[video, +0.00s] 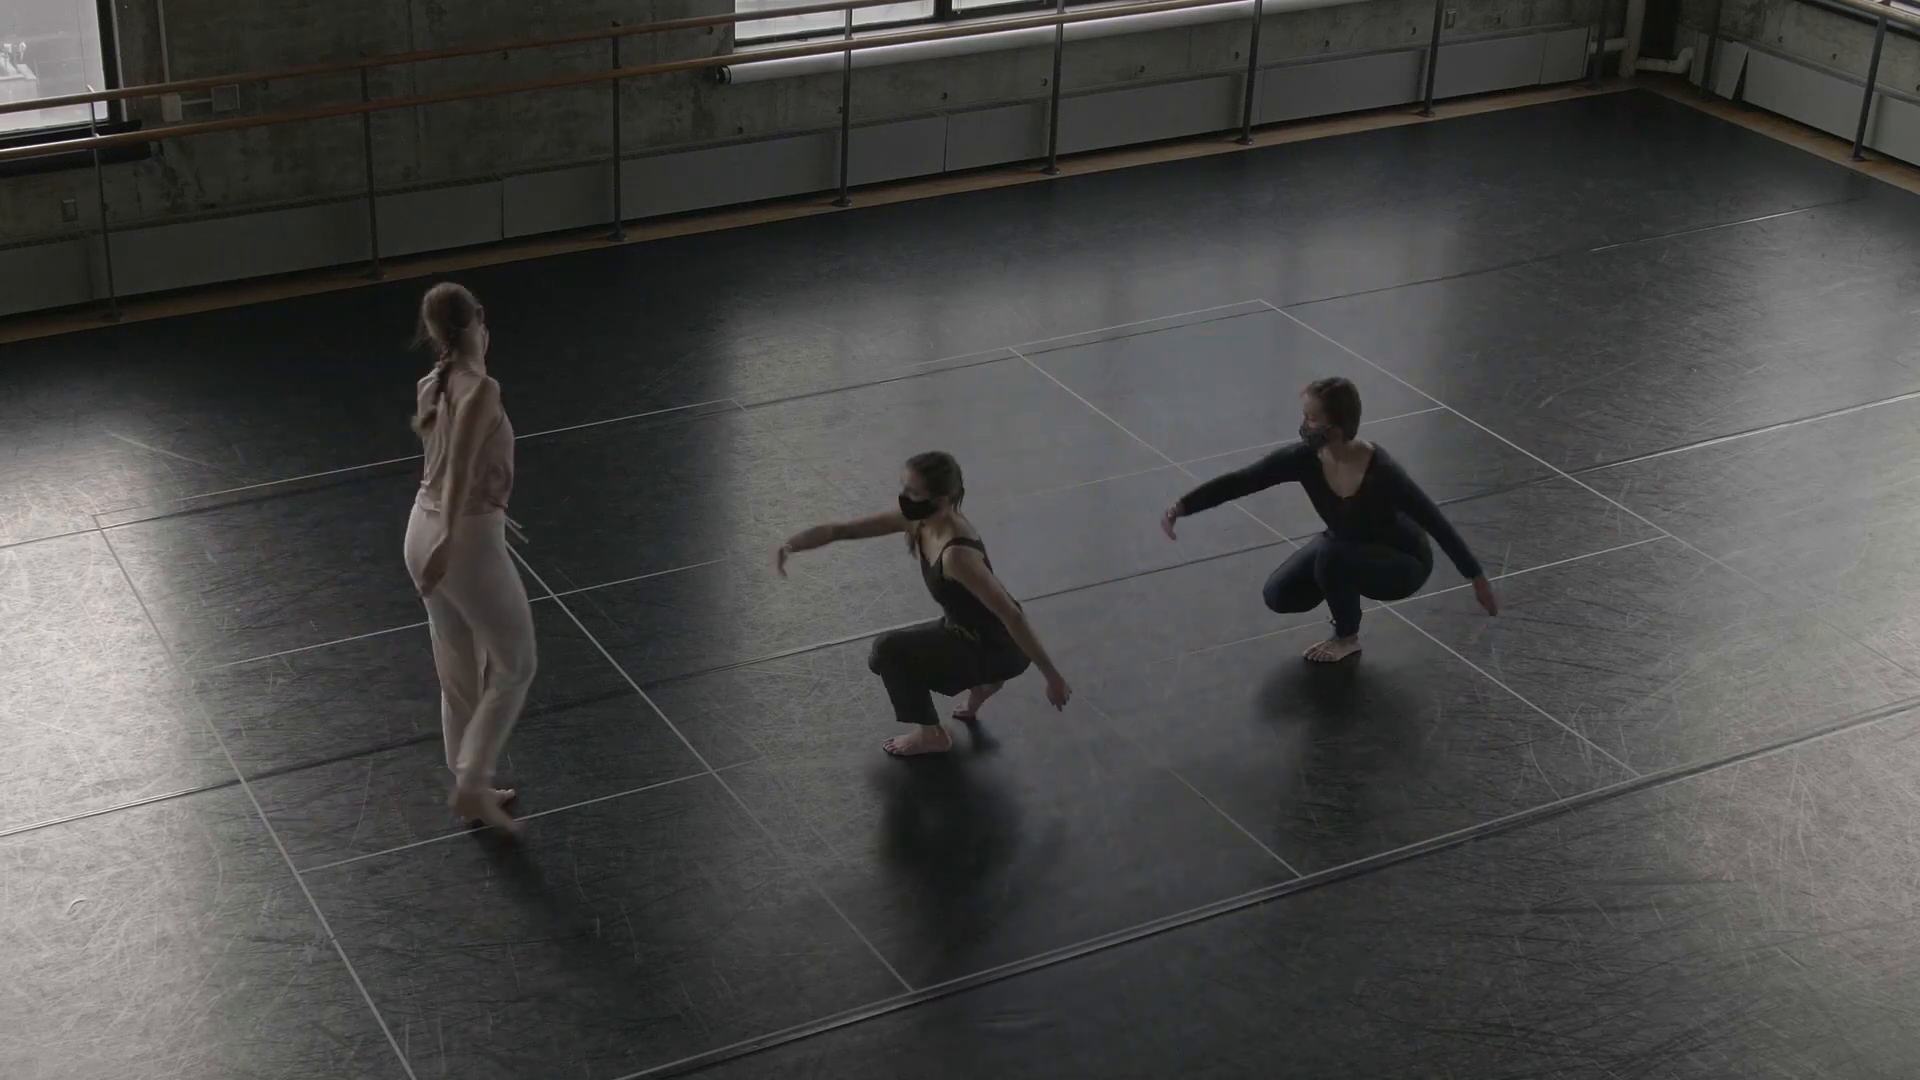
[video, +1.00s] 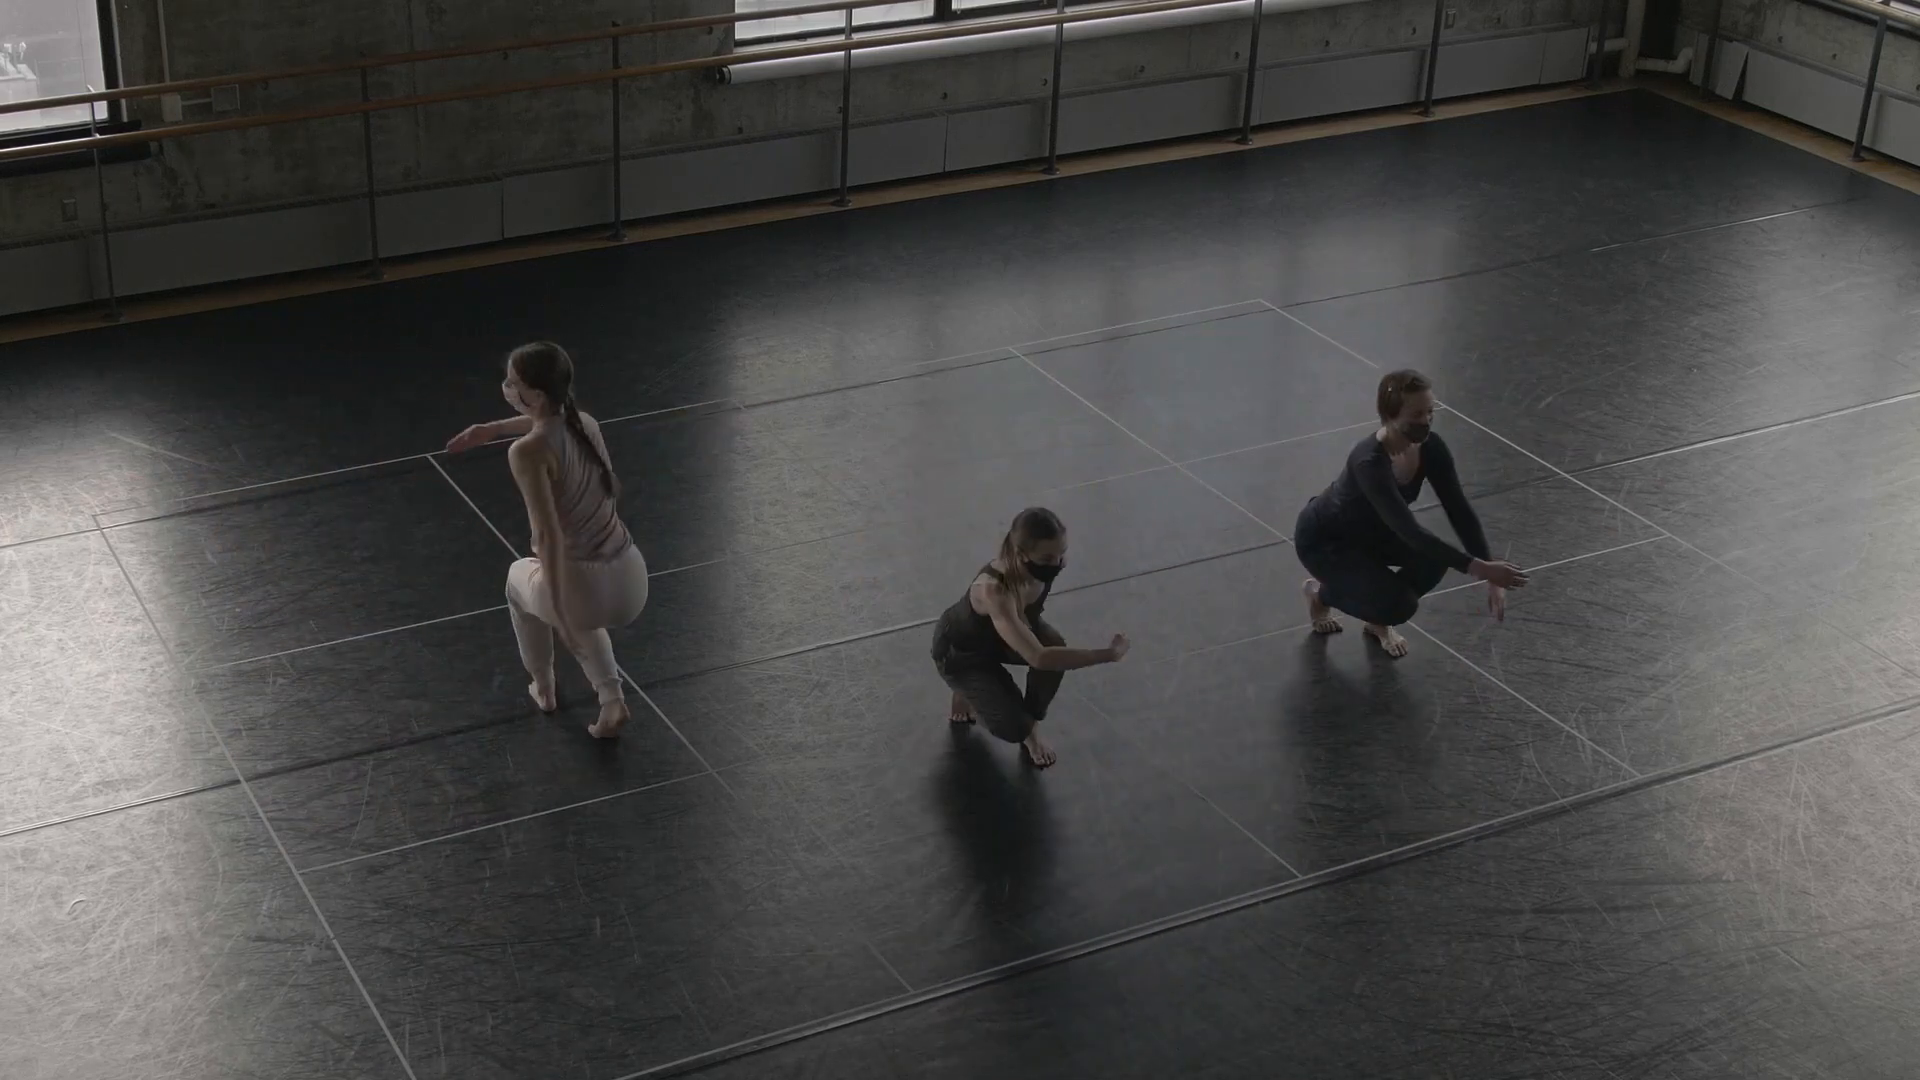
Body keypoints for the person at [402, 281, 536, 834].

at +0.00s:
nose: (485, 328)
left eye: (478, 321)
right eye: (482, 321)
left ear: (437, 332)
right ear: (477, 325)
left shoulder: (434, 383)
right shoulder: (476, 385)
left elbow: (443, 465)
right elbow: (458, 464)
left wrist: (491, 516)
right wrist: (448, 537)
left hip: (427, 531)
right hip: (470, 536)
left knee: (457, 670)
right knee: (517, 663)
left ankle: (465, 787)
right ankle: (473, 782)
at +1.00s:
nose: (505, 387)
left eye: (510, 383)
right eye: (506, 380)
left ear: (533, 397)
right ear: (561, 388)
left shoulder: (525, 451)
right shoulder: (585, 422)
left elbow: (548, 537)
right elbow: (545, 418)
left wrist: (559, 614)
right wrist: (493, 429)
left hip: (581, 600)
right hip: (632, 586)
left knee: (518, 574)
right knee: (570, 586)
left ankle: (543, 687)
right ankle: (612, 700)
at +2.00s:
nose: (443, 496)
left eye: (446, 487)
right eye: (439, 488)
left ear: (477, 479)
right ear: (474, 476)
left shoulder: (531, 510)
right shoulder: (490, 494)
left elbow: (582, 590)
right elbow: (435, 538)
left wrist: (584, 671)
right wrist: (366, 572)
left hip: (624, 591)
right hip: (597, 579)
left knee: (512, 650)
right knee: (528, 661)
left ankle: (561, 754)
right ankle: (618, 694)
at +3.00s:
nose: (356, 446)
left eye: (363, 439)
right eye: (347, 440)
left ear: (376, 418)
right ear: (328, 420)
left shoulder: (401, 433)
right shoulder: (307, 431)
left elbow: (451, 503)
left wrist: (472, 575)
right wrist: (297, 468)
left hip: (424, 530)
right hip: (359, 536)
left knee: (479, 645)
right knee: (327, 645)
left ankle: (520, 761)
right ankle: (299, 735)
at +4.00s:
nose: (579, 593)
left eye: (585, 585)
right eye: (579, 583)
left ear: (562, 556)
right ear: (564, 571)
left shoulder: (530, 557)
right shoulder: (529, 581)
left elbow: (550, 620)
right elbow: (561, 653)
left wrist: (584, 651)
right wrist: (612, 704)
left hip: (362, 512)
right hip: (386, 525)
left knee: (275, 617)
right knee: (353, 642)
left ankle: (199, 706)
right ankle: (277, 730)